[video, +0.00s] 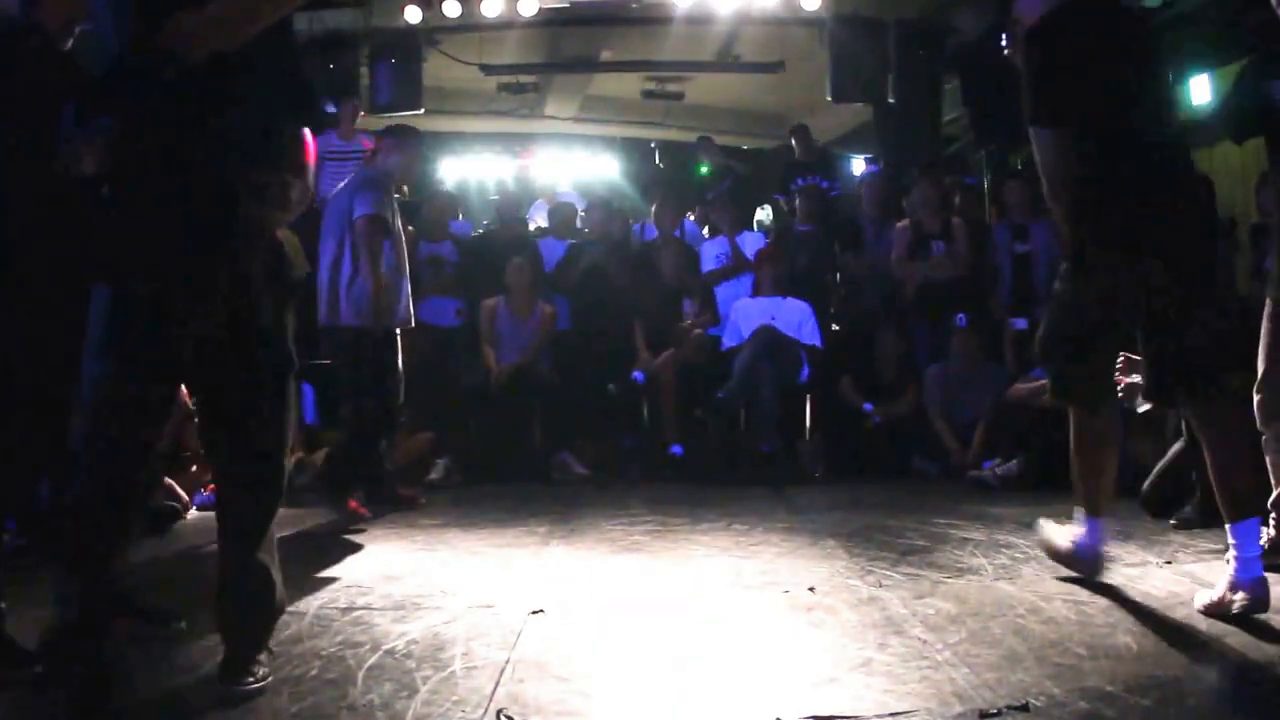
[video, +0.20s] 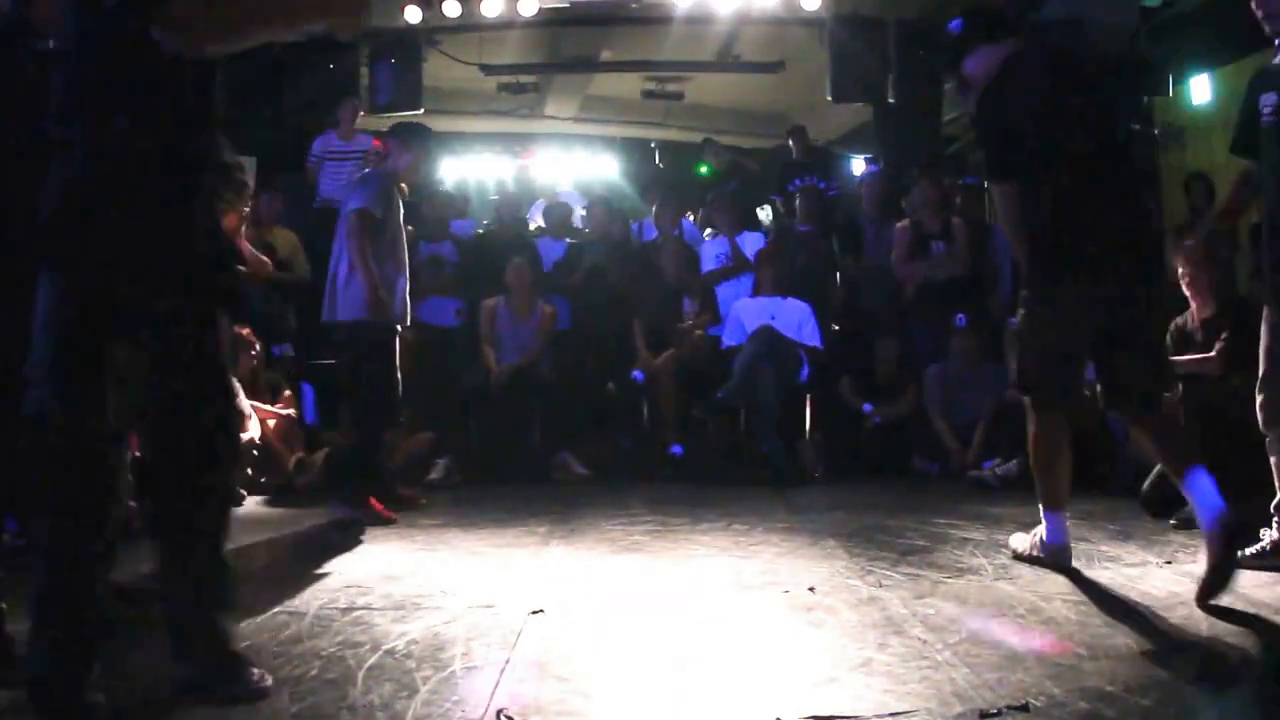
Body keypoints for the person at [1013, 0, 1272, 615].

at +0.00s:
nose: (1013, 18)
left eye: (1015, 12)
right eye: (1013, 15)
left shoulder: (1047, 36)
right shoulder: (1140, 26)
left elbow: (1051, 157)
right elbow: (1162, 132)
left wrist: (1075, 242)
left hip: (1105, 235)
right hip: (1181, 226)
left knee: (1084, 377)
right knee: (1211, 390)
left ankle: (1089, 537)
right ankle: (1249, 570)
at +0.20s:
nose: (965, 79)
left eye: (966, 66)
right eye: (962, 68)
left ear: (983, 52)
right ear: (1023, 34)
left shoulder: (999, 99)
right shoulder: (1092, 73)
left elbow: (1007, 197)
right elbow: (1135, 172)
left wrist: (1025, 271)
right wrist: (1143, 252)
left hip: (1059, 267)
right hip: (1129, 259)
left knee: (1044, 397)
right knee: (1135, 394)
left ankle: (1052, 534)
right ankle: (1213, 513)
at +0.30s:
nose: (942, 88)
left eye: (942, 77)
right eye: (940, 79)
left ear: (956, 64)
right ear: (992, 52)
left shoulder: (975, 107)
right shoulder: (1049, 90)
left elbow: (976, 205)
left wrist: (997, 261)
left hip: (1026, 269)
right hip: (1085, 258)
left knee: (1025, 397)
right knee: (1072, 385)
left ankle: (1053, 537)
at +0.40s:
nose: (924, 69)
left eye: (924, 60)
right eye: (921, 62)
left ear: (937, 49)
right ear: (968, 38)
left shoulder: (952, 86)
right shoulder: (1026, 77)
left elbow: (944, 181)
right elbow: (1063, 171)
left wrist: (950, 250)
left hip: (994, 252)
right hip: (1041, 245)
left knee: (1013, 386)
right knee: (1000, 373)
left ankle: (1052, 527)